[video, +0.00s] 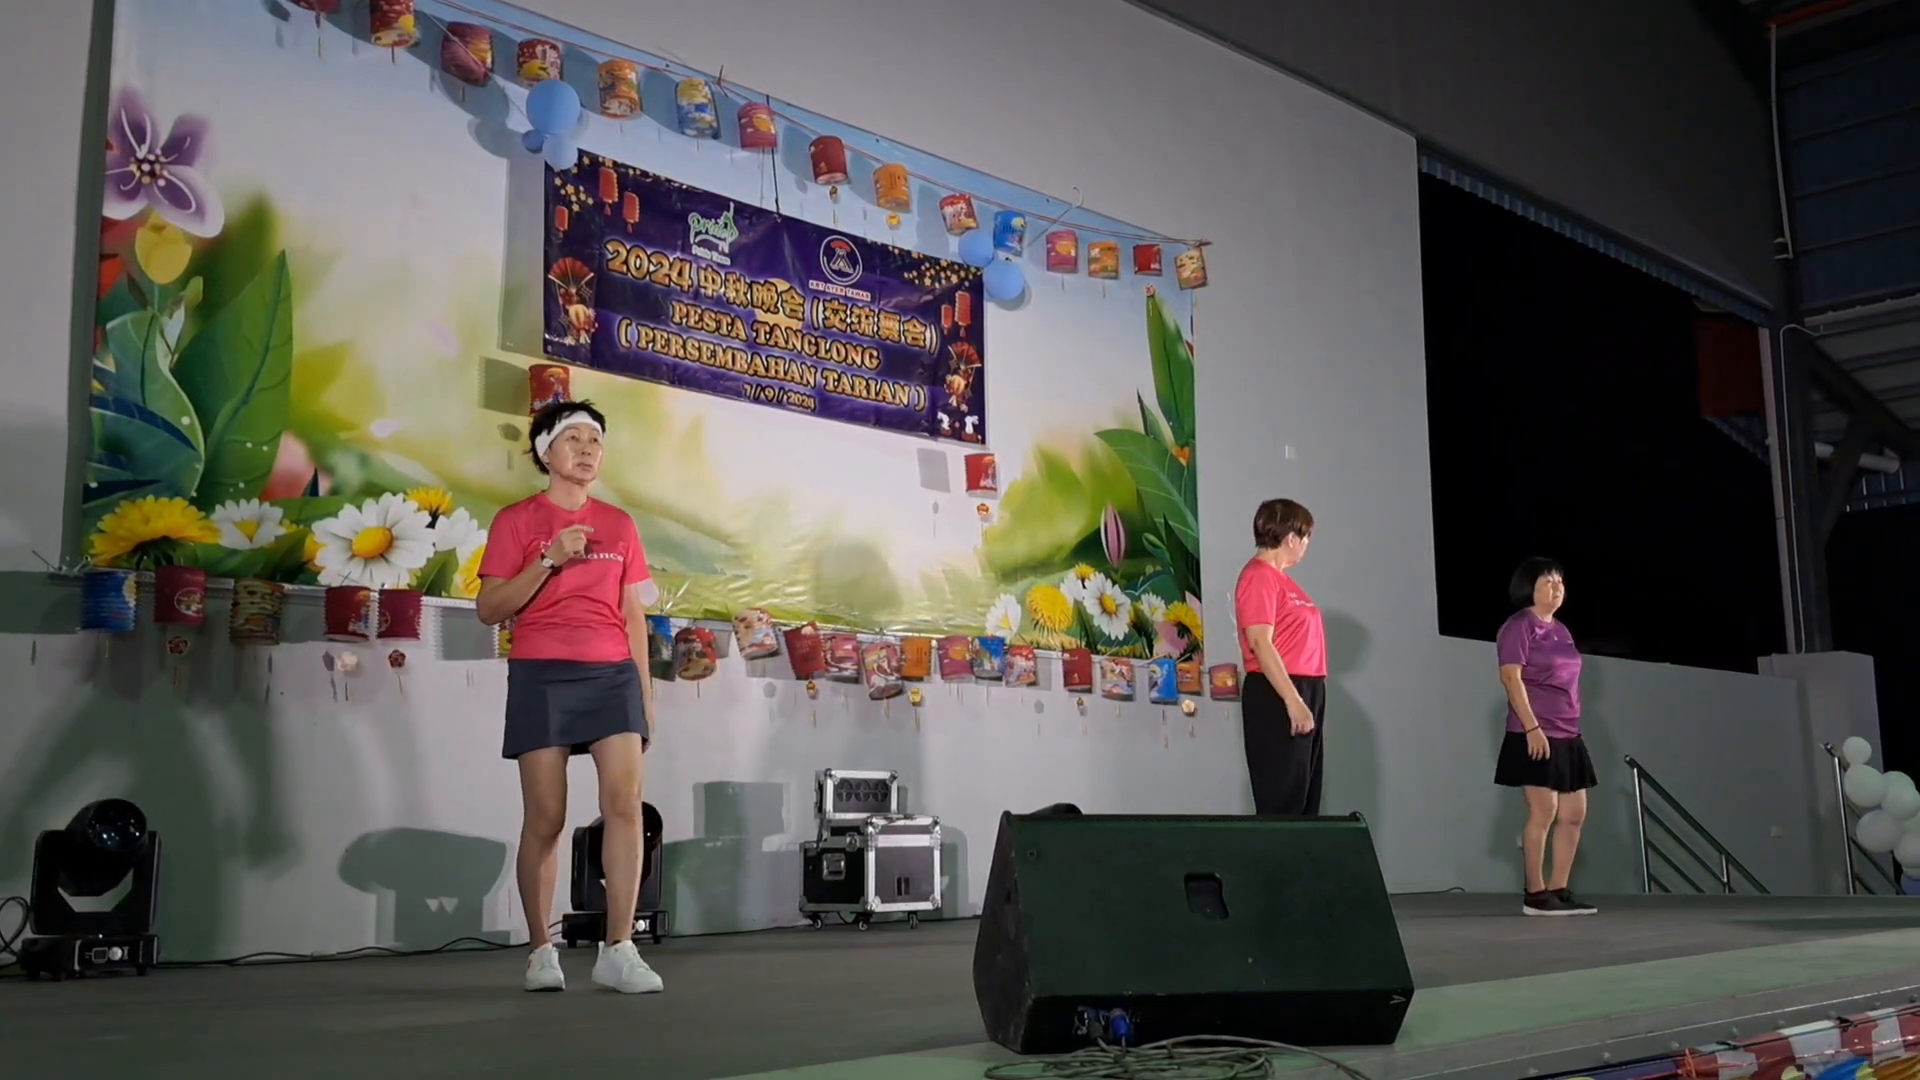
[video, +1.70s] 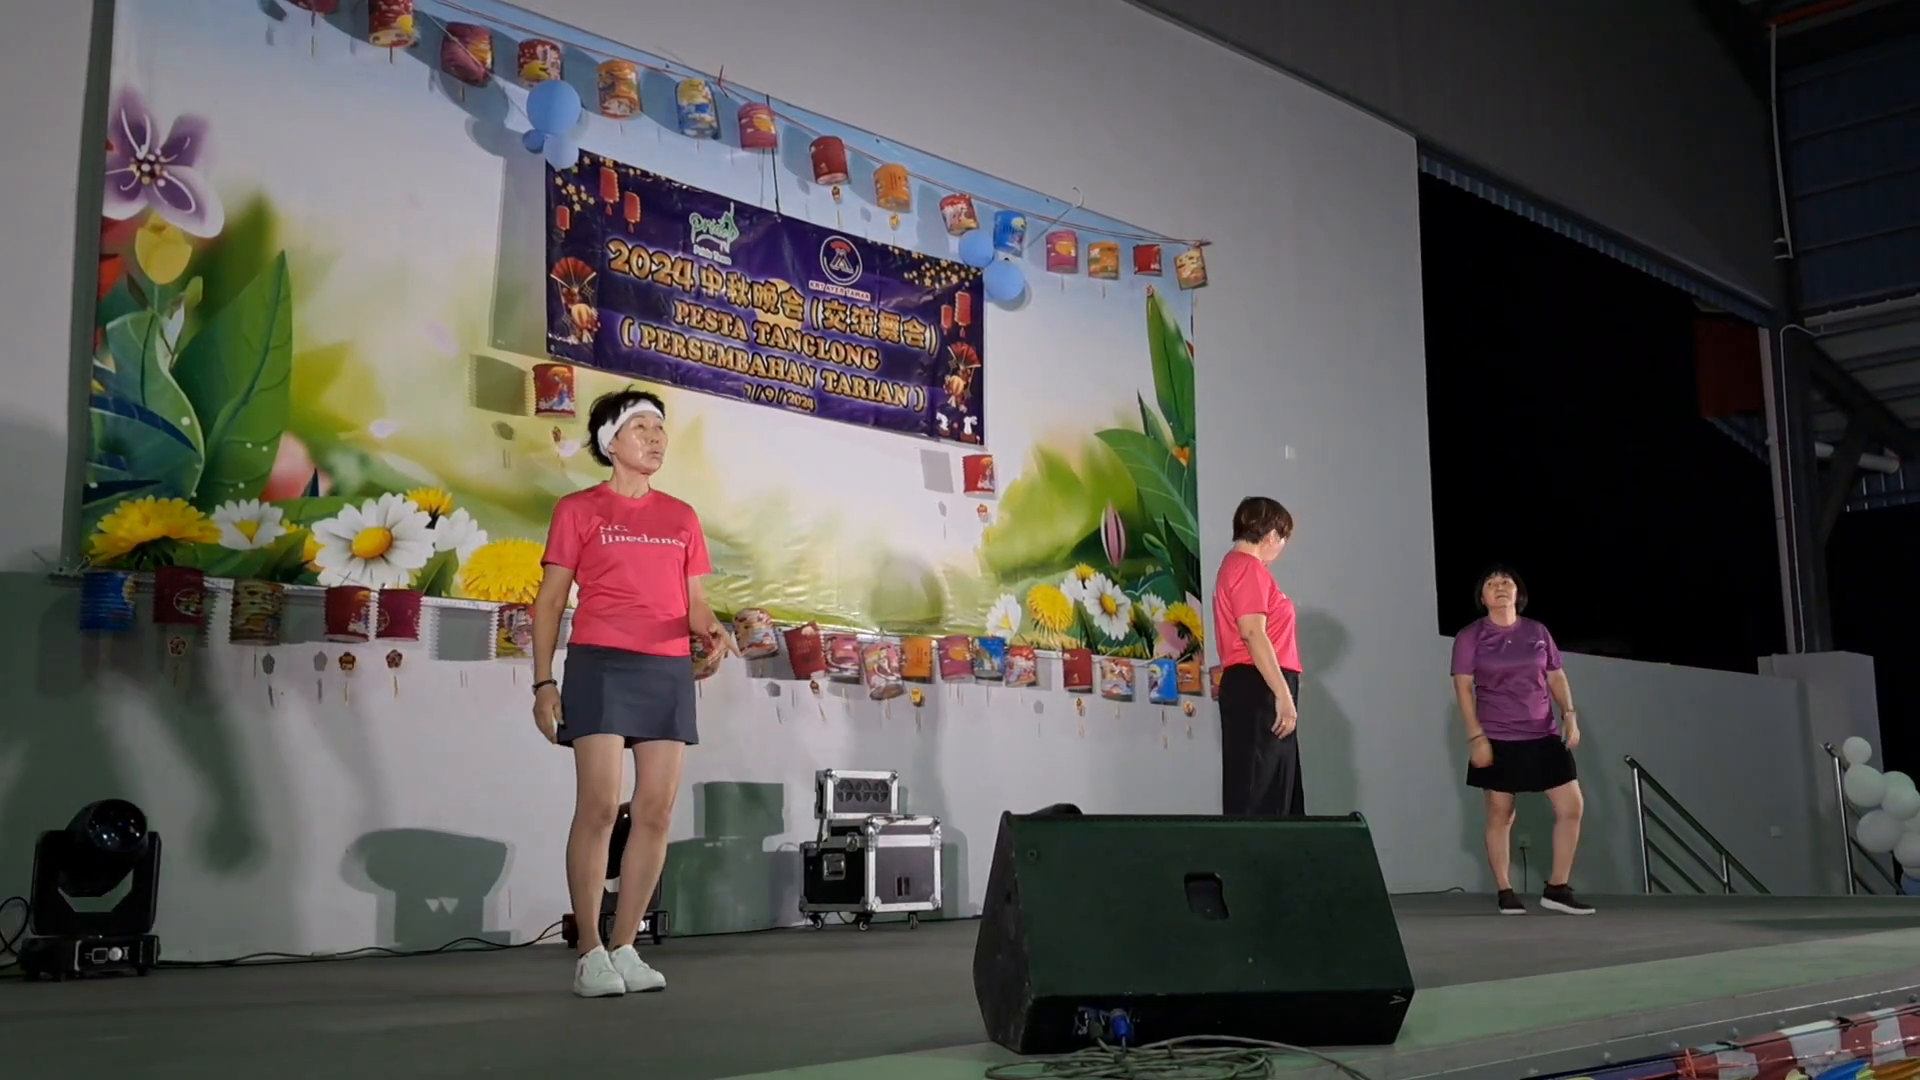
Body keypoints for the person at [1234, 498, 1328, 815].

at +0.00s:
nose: (1307, 546)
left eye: (1308, 538)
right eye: (1306, 537)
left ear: (1282, 538)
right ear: (1290, 538)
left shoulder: (1279, 577)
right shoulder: (1260, 575)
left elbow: (1277, 641)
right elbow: (1260, 641)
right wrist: (1293, 701)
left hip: (1304, 690)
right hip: (1276, 692)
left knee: (1304, 799)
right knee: (1282, 801)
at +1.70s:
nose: (1282, 547)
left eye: (1284, 540)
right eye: (1283, 539)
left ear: (1246, 529)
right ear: (1270, 534)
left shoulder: (1239, 566)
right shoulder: (1246, 566)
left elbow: (1250, 634)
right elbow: (1252, 633)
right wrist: (1283, 695)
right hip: (1256, 682)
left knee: (1279, 790)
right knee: (1256, 791)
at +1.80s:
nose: (1280, 544)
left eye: (1282, 536)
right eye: (1280, 536)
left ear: (1242, 529)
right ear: (1267, 533)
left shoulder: (1231, 567)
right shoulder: (1247, 566)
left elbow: (1244, 635)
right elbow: (1253, 633)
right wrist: (1284, 695)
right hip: (1255, 681)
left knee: (1277, 791)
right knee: (1254, 791)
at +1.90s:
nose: (1277, 541)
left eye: (1277, 533)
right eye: (1276, 532)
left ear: (1235, 529)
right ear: (1263, 532)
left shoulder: (1223, 571)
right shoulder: (1247, 566)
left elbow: (1219, 657)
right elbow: (1254, 632)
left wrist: (1213, 717)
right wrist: (1284, 695)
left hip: (1236, 680)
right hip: (1257, 681)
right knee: (1258, 790)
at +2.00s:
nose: (1274, 543)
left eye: (1275, 534)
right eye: (1272, 533)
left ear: (1234, 530)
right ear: (1255, 532)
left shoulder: (1221, 572)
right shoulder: (1243, 566)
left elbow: (1215, 656)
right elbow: (1251, 632)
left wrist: (1212, 715)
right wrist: (1284, 693)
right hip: (1254, 680)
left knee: (1278, 793)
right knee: (1253, 792)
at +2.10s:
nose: (1272, 542)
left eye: (1273, 533)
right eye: (1270, 532)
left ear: (1242, 532)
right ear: (1251, 532)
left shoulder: (1226, 566)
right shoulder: (1237, 565)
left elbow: (1241, 636)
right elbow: (1245, 632)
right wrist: (1282, 692)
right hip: (1248, 680)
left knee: (1275, 788)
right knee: (1252, 790)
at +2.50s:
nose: (1265, 530)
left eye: (1265, 522)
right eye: (1257, 521)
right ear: (1229, 527)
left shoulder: (1240, 572)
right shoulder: (1221, 569)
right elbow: (1215, 637)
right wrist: (1236, 701)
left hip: (1268, 687)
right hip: (1240, 687)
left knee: (1282, 792)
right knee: (1243, 797)